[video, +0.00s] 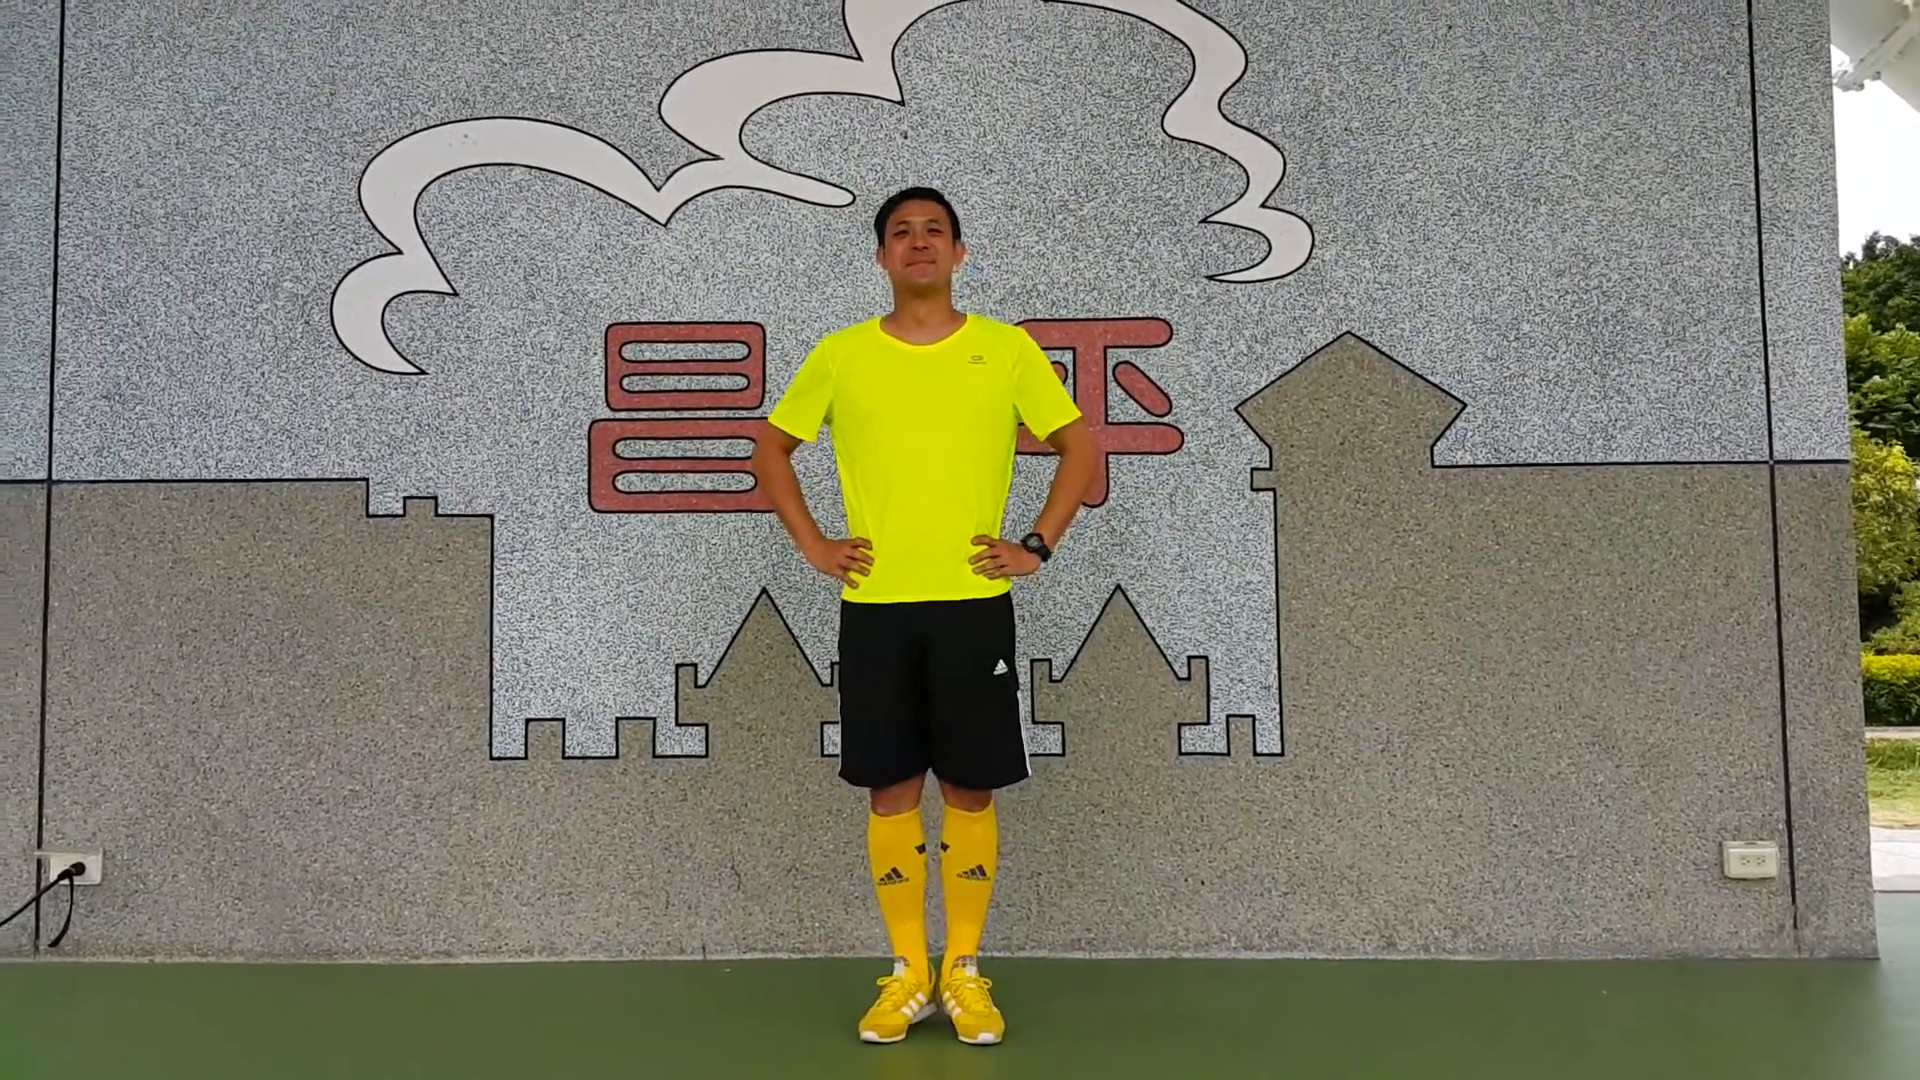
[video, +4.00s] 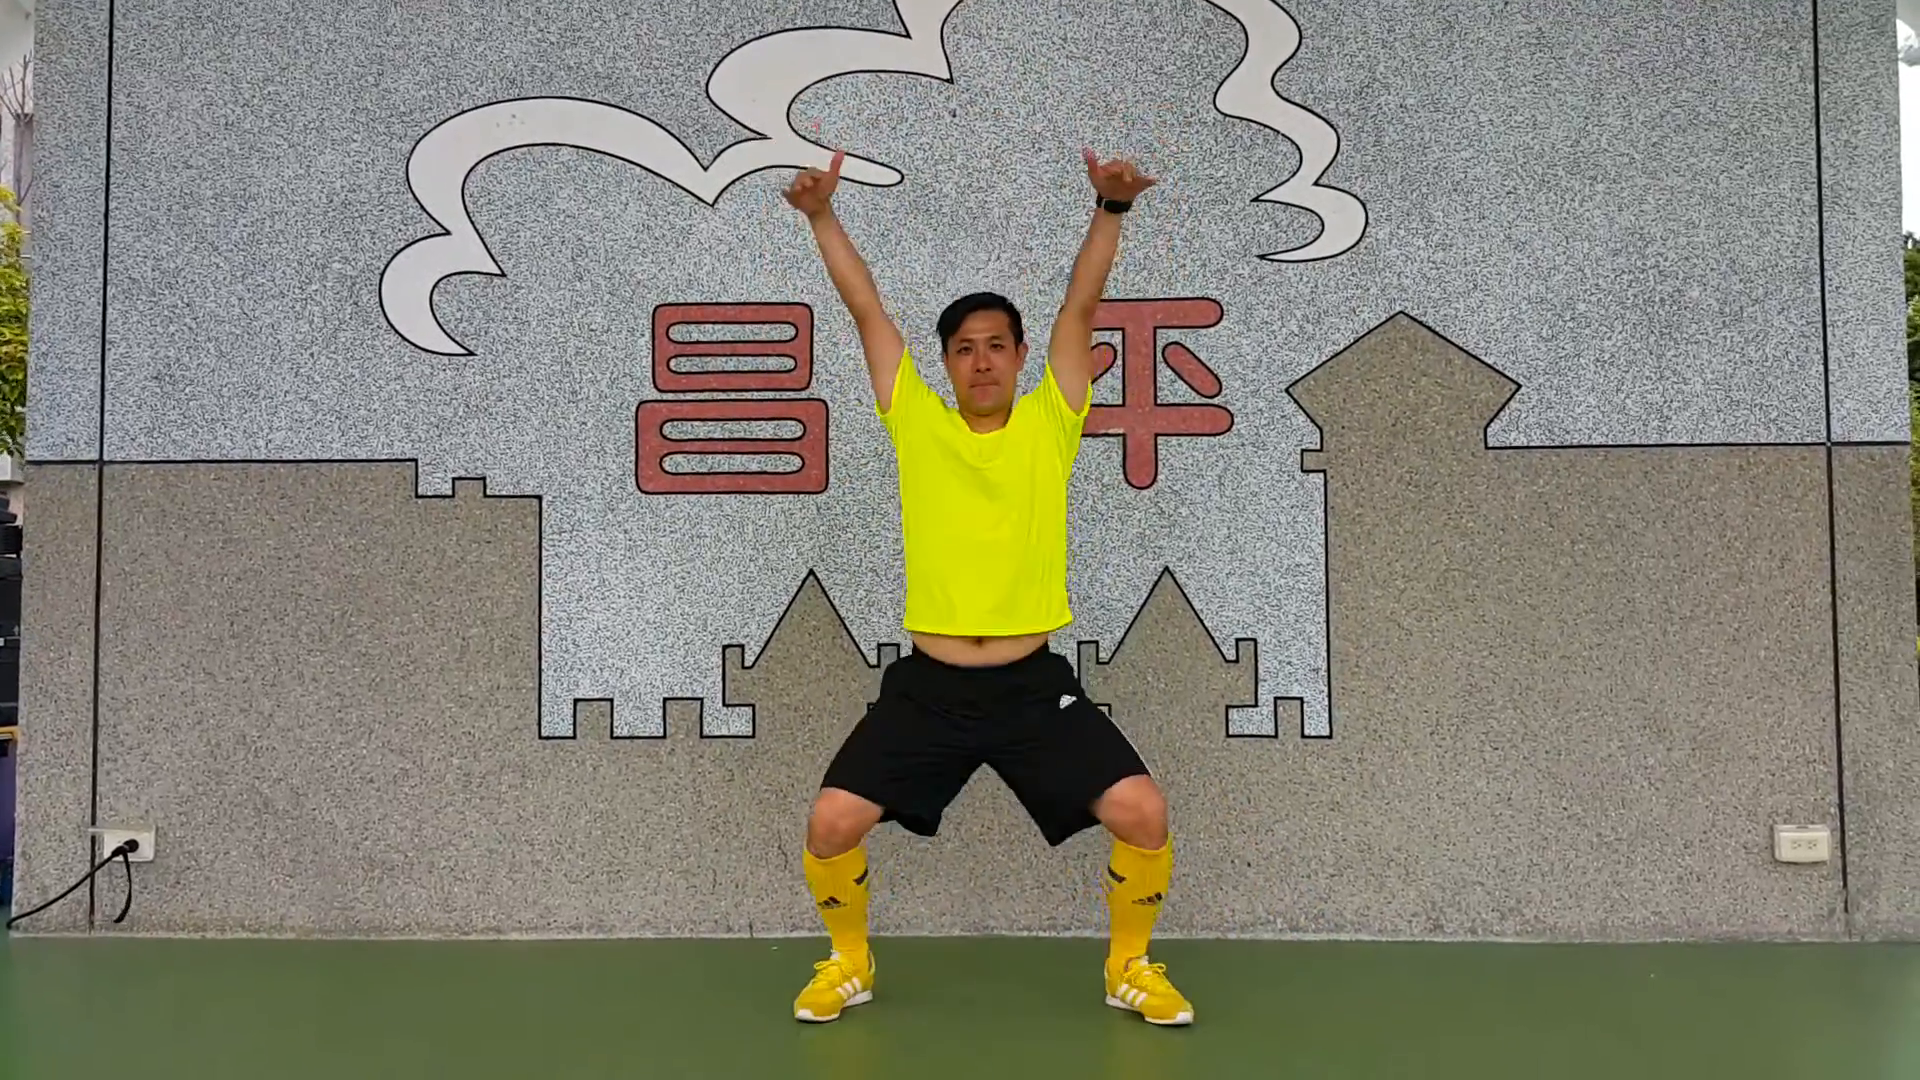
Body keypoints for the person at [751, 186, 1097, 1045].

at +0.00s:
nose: (919, 243)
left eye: (934, 232)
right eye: (902, 233)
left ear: (959, 253)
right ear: (881, 258)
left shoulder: (1007, 348)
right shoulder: (842, 354)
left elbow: (1083, 447)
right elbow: (768, 448)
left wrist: (1038, 544)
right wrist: (812, 543)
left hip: (973, 600)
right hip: (877, 602)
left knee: (968, 785)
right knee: (891, 787)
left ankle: (964, 971)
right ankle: (909, 974)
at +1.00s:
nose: (949, 256)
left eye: (964, 244)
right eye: (933, 245)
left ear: (990, 266)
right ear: (911, 269)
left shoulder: (1034, 361)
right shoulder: (871, 365)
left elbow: (1110, 457)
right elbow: (797, 460)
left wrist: (1064, 556)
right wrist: (839, 553)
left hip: (999, 614)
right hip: (901, 615)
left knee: (992, 800)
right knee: (915, 799)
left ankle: (985, 985)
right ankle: (933, 986)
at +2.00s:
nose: (1011, 301)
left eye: (1012, 291)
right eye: (994, 285)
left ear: (993, 309)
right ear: (957, 298)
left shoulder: (988, 377)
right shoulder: (938, 361)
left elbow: (1036, 292)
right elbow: (989, 246)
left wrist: (1086, 200)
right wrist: (1023, 125)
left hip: (991, 653)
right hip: (919, 641)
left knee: (1067, 812)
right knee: (823, 824)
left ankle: (1041, 994)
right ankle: (676, 974)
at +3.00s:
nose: (985, 354)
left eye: (1001, 335)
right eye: (985, 340)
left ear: (1045, 339)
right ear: (1002, 355)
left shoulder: (1074, 406)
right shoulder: (1008, 420)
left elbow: (1000, 294)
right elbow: (959, 330)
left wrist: (938, 189)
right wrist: (902, 247)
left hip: (1097, 675)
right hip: (1015, 689)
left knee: (1216, 848)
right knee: (907, 821)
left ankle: (1347, 1008)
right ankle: (913, 1006)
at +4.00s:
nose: (981, 358)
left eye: (995, 346)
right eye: (966, 348)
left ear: (1022, 360)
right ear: (946, 365)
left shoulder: (1051, 429)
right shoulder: (917, 427)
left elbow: (1081, 311)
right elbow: (867, 315)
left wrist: (1110, 209)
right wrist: (821, 215)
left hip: (1036, 687)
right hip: (927, 689)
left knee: (1142, 812)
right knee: (830, 822)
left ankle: (1129, 968)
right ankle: (850, 964)